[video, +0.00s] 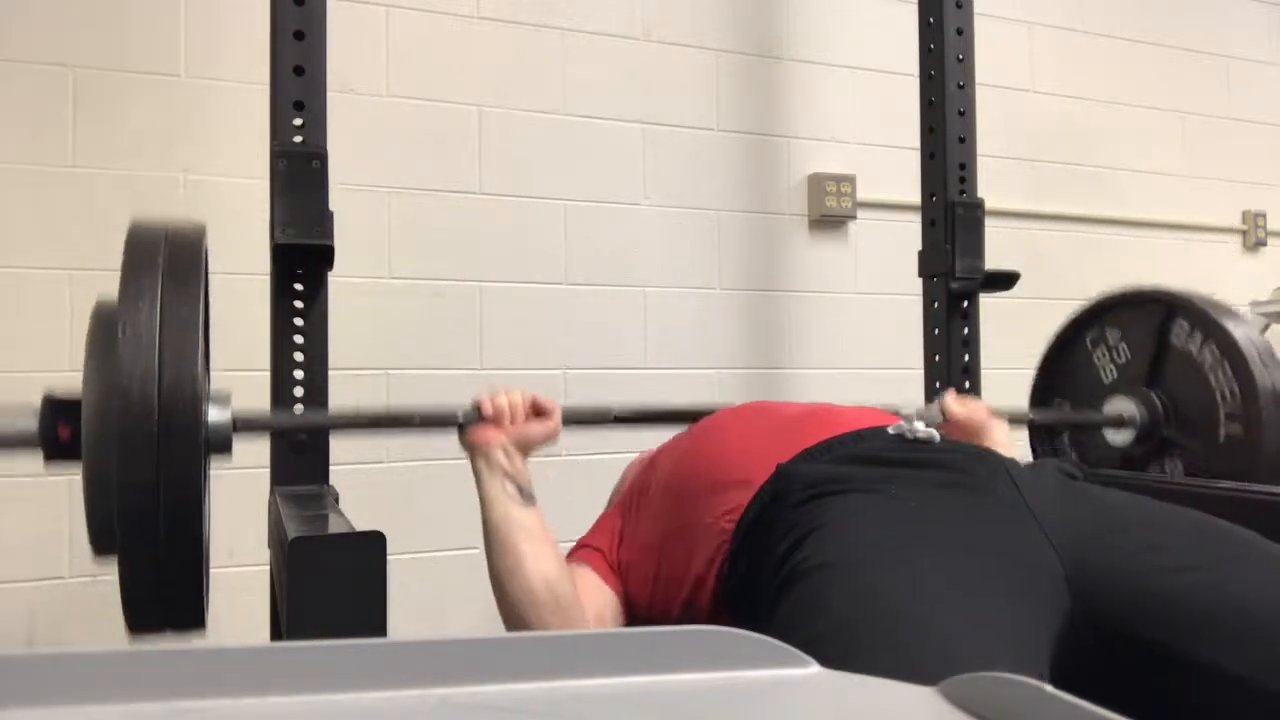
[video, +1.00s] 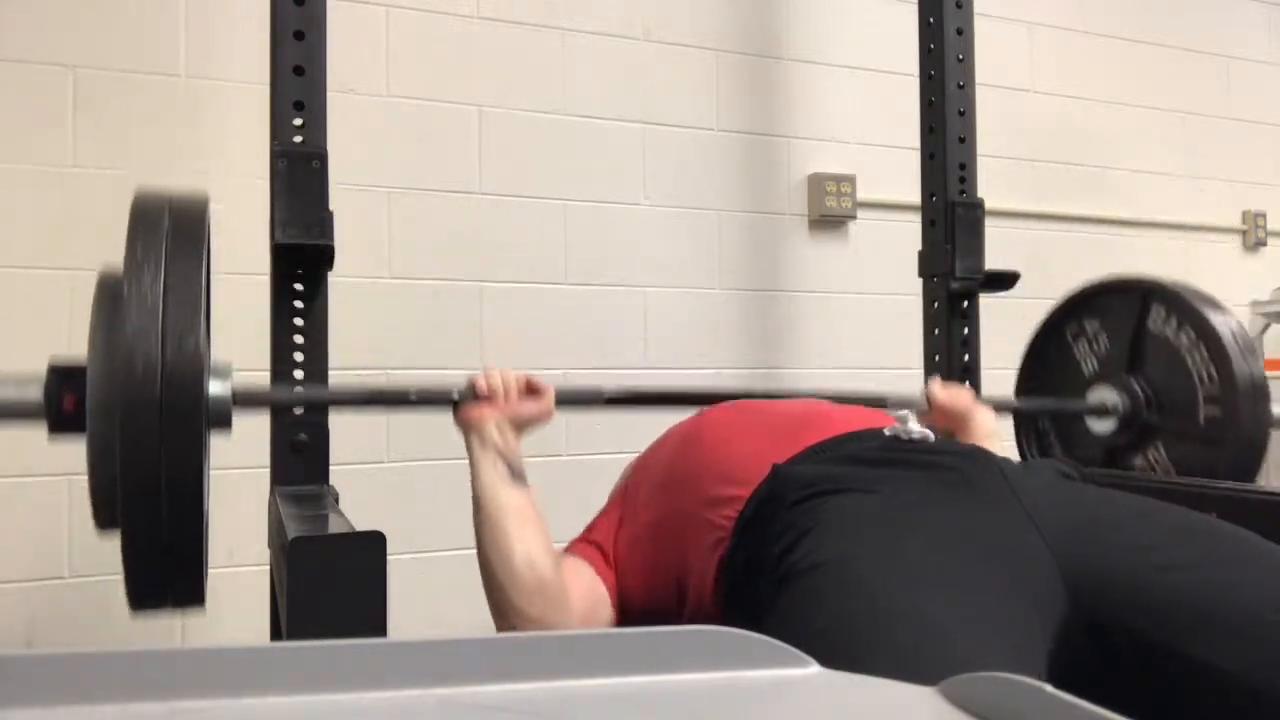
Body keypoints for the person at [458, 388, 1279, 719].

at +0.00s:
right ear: (645, 488)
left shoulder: (870, 422)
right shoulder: (626, 529)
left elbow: (1032, 523)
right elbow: (559, 625)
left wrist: (996, 446)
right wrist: (501, 477)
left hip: (1043, 487)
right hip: (862, 499)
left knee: (1276, 610)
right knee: (939, 690)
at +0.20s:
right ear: (649, 496)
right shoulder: (623, 542)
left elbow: (983, 472)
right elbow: (526, 546)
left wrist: (978, 365)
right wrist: (488, 381)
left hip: (1044, 487)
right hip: (856, 506)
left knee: (1274, 621)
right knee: (929, 696)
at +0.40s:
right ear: (615, 507)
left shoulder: (844, 434)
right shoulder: (611, 538)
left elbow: (946, 439)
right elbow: (514, 471)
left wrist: (955, 313)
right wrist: (480, 310)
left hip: (1028, 486)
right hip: (852, 504)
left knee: (1273, 613)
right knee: (931, 705)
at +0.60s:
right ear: (623, 490)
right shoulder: (609, 532)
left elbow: (925, 425)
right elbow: (521, 432)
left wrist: (950, 288)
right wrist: (480, 270)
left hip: (1010, 480)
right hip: (842, 498)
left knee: (1276, 614)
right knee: (928, 689)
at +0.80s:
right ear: (648, 492)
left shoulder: (865, 440)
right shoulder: (620, 539)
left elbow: (970, 470)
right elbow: (519, 531)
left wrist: (962, 355)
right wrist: (484, 363)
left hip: (1038, 487)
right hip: (852, 507)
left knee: (1271, 617)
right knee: (940, 687)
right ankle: (982, 696)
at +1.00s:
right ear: (650, 479)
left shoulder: (874, 420)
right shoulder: (630, 521)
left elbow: (1027, 520)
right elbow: (547, 616)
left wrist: (979, 433)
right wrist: (493, 455)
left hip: (1017, 482)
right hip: (852, 499)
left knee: (1275, 608)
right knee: (935, 684)